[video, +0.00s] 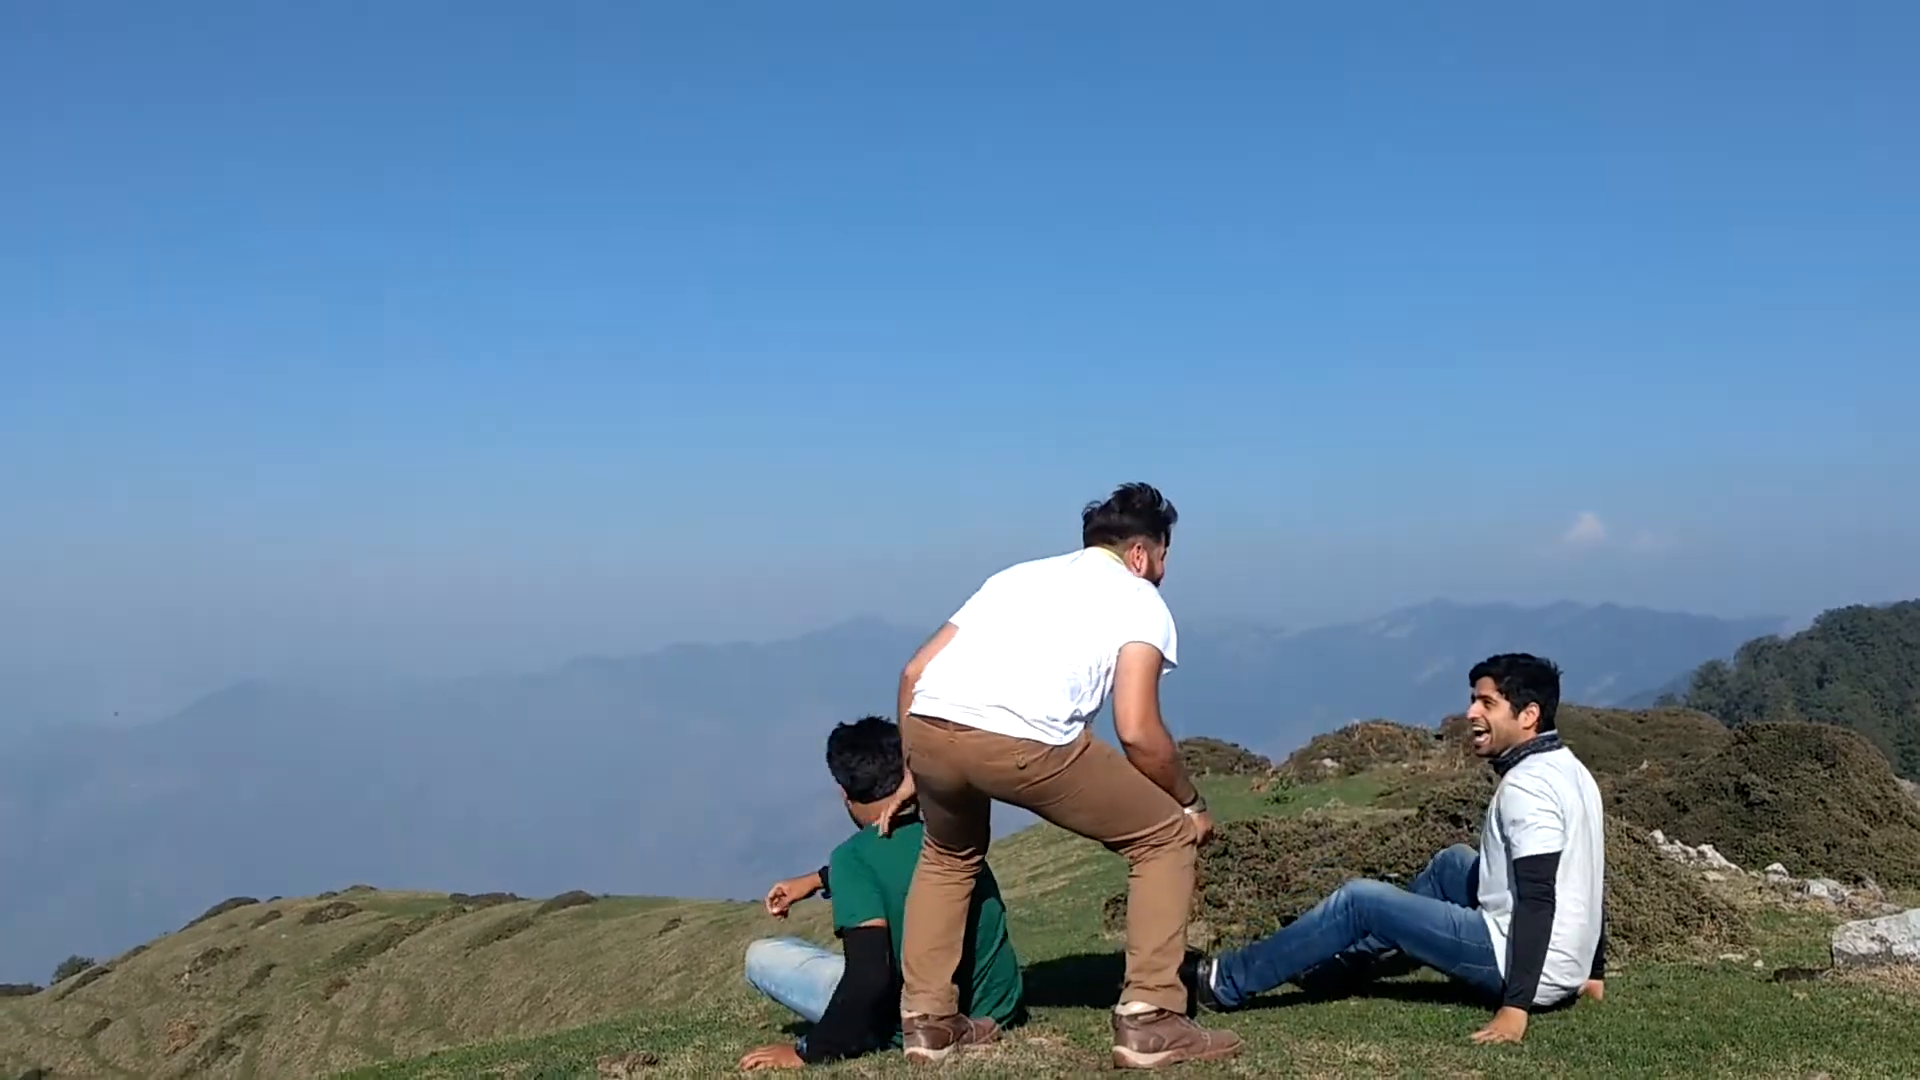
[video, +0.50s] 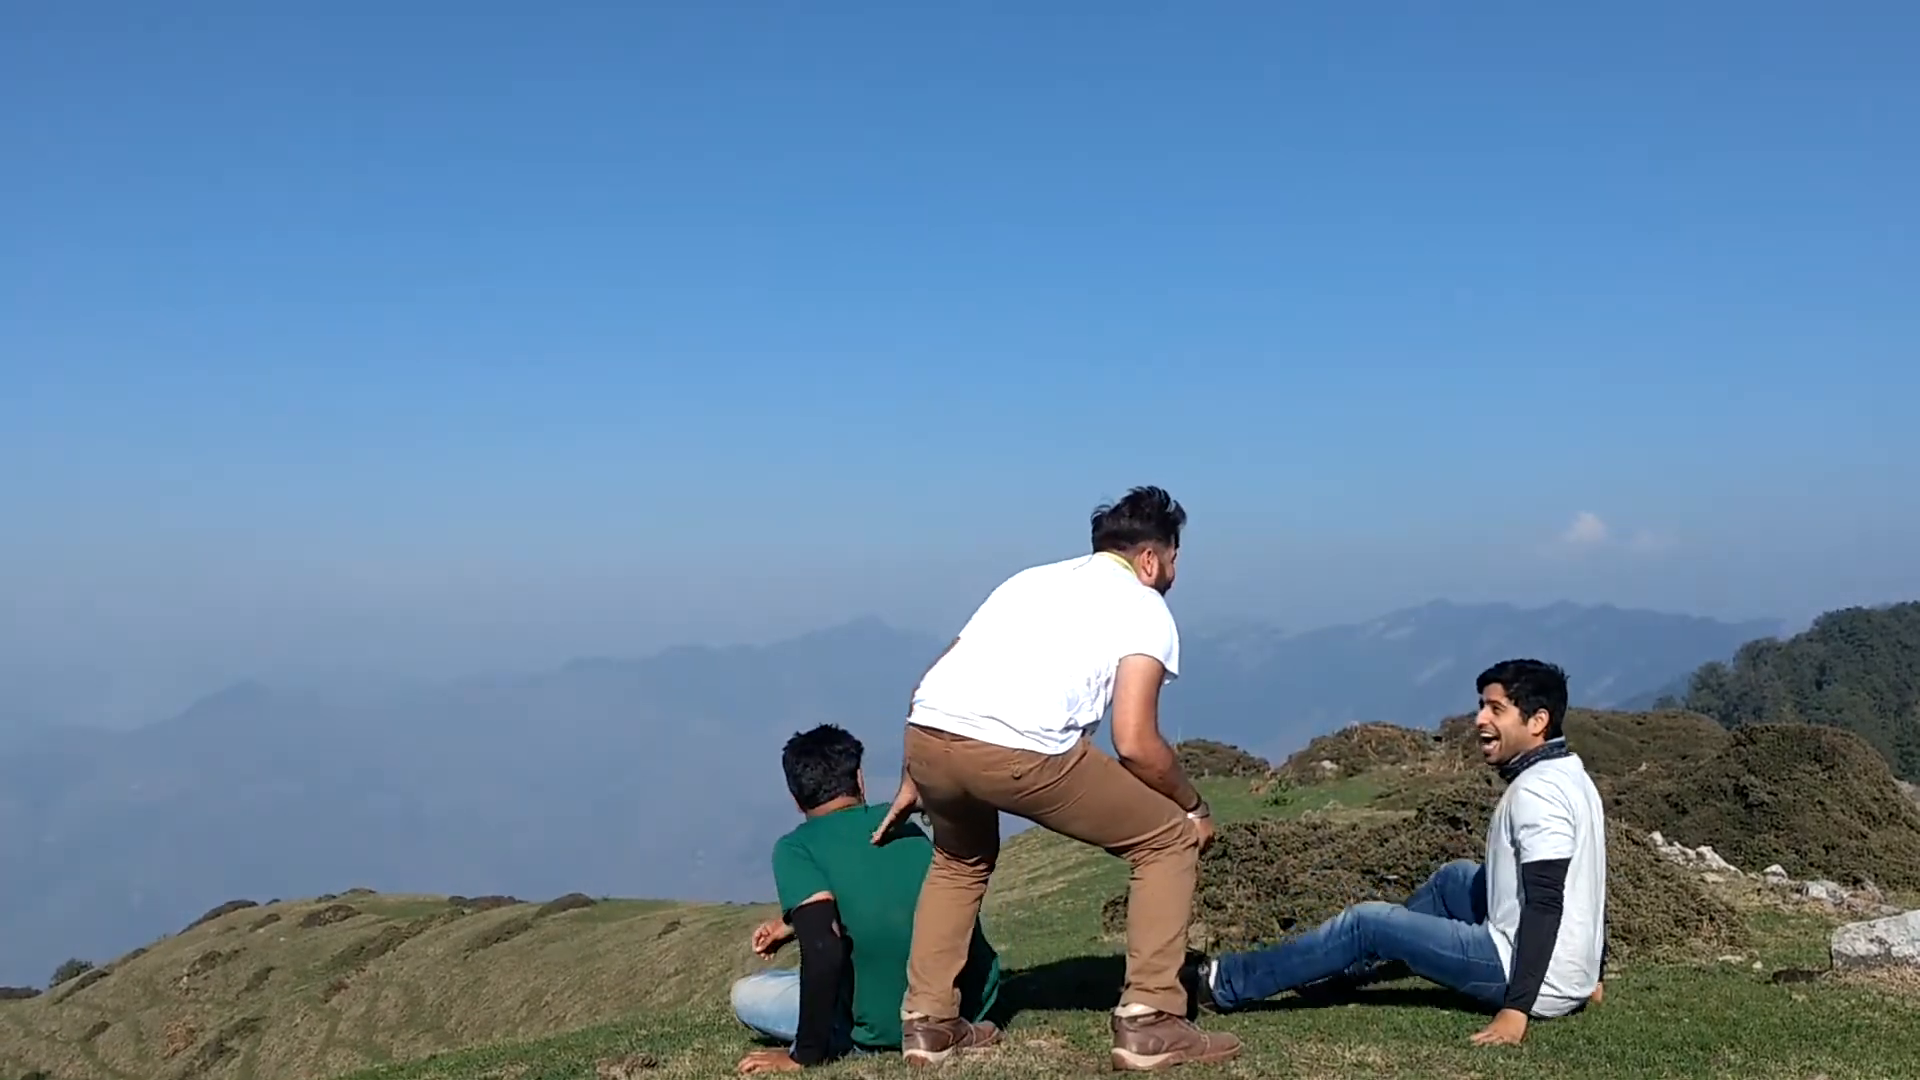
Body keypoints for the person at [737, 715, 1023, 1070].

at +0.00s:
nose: (841, 797)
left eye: (840, 789)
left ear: (847, 795)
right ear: (911, 775)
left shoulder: (854, 856)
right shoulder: (950, 829)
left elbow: (869, 975)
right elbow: (899, 859)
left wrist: (808, 1050)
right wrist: (820, 880)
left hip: (924, 1026)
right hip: (1000, 1005)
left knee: (761, 954)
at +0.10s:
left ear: (836, 796)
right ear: (905, 775)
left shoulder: (835, 854)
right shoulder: (946, 820)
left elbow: (850, 964)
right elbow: (902, 868)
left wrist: (807, 1053)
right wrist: (820, 891)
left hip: (905, 1030)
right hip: (996, 1009)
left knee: (761, 955)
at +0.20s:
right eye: (893, 774)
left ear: (825, 798)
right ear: (889, 780)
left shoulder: (822, 849)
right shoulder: (942, 822)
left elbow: (834, 954)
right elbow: (903, 882)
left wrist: (806, 1051)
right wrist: (812, 901)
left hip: (893, 1030)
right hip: (986, 1009)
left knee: (758, 960)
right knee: (976, 865)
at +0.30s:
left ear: (813, 801)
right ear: (877, 783)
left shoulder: (810, 849)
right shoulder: (932, 823)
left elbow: (828, 950)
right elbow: (895, 890)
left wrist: (806, 1054)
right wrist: (806, 910)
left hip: (889, 1029)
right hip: (982, 1007)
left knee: (753, 975)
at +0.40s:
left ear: (804, 801)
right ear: (868, 782)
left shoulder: (802, 847)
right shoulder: (915, 823)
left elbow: (828, 948)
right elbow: (893, 897)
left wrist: (805, 1055)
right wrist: (801, 919)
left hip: (887, 1028)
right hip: (979, 1004)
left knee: (747, 987)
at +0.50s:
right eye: (862, 775)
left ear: (797, 801)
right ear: (859, 781)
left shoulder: (795, 845)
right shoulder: (903, 819)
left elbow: (825, 947)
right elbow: (888, 894)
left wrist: (804, 1055)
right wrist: (795, 922)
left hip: (884, 1028)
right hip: (974, 1001)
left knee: (745, 992)